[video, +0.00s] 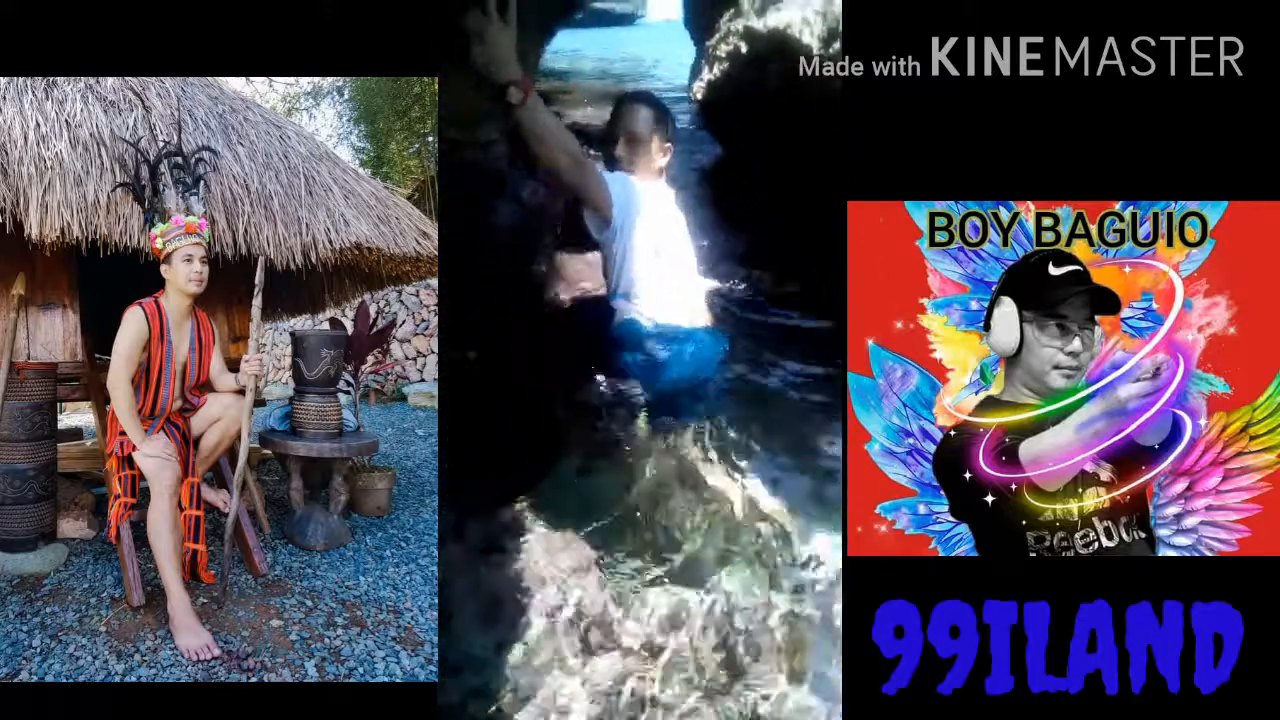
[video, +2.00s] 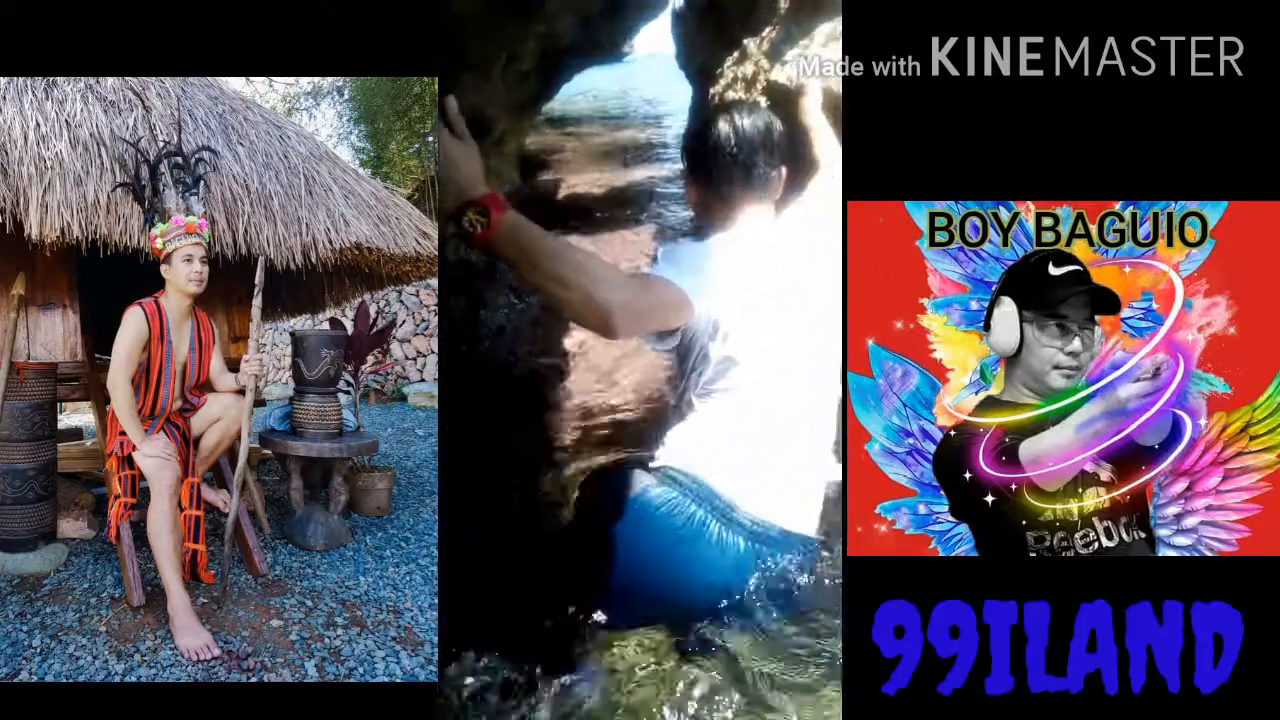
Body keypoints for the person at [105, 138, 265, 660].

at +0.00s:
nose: (198, 269)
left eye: (204, 260)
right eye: (187, 261)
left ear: (208, 267)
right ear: (164, 267)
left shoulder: (206, 323)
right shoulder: (142, 317)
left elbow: (220, 380)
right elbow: (117, 381)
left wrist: (242, 381)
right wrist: (138, 440)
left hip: (182, 420)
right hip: (141, 425)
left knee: (238, 407)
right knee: (169, 478)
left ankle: (192, 478)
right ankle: (179, 605)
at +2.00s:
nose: (198, 269)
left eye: (203, 261)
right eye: (187, 261)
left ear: (208, 268)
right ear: (165, 267)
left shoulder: (206, 324)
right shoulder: (142, 316)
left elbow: (220, 380)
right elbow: (117, 381)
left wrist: (243, 379)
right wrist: (138, 440)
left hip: (182, 420)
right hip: (142, 425)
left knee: (239, 407)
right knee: (169, 477)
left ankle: (192, 478)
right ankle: (179, 605)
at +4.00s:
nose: (198, 269)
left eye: (203, 260)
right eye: (187, 261)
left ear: (207, 266)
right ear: (164, 267)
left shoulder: (205, 322)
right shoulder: (142, 317)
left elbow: (220, 380)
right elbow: (117, 381)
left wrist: (242, 382)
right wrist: (138, 440)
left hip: (180, 419)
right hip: (140, 425)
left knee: (236, 408)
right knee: (169, 476)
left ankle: (191, 479)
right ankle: (179, 605)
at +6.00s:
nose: (198, 269)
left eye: (203, 260)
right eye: (187, 261)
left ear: (207, 266)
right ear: (164, 267)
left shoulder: (205, 322)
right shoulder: (142, 316)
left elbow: (220, 380)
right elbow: (117, 380)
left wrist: (242, 380)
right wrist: (138, 440)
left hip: (181, 419)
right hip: (141, 425)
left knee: (237, 407)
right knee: (169, 476)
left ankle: (191, 478)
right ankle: (179, 605)